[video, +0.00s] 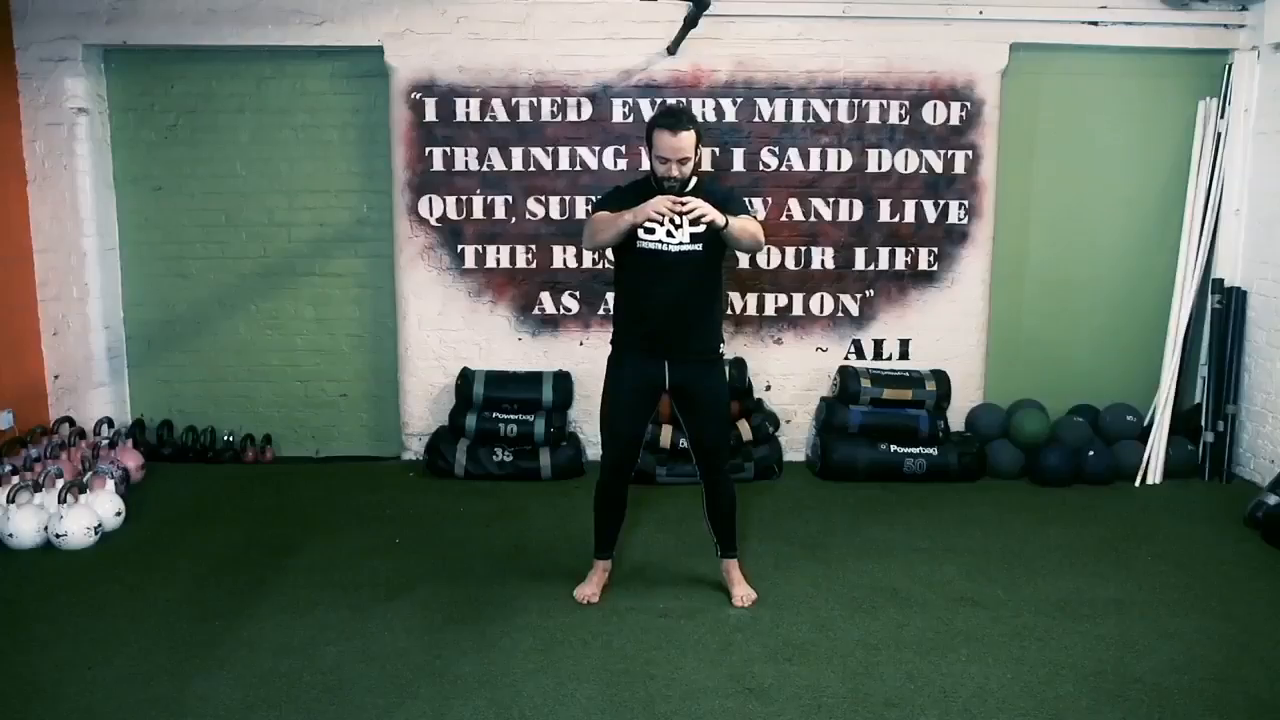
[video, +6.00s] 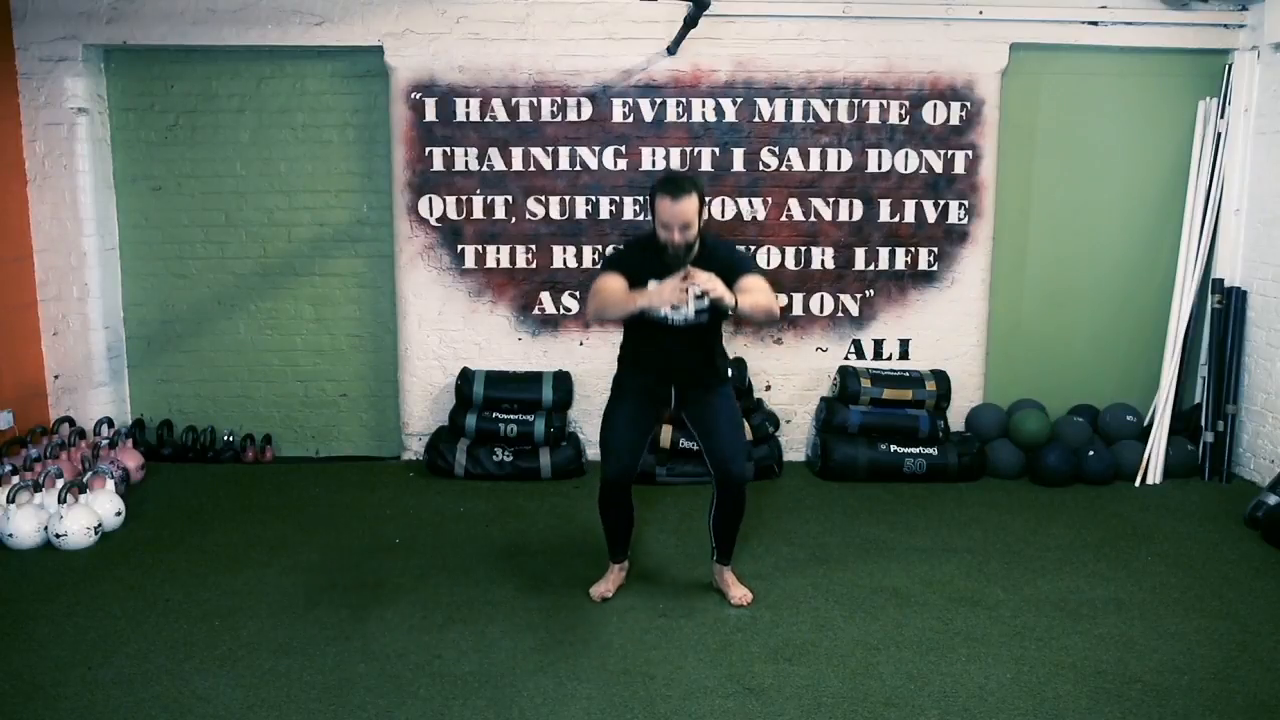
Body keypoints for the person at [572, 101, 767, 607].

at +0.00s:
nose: (673, 169)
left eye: (682, 159)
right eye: (664, 159)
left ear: (697, 153)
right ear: (649, 152)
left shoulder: (716, 194)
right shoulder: (626, 196)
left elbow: (755, 238)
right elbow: (591, 237)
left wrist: (720, 220)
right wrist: (636, 215)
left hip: (698, 353)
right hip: (634, 352)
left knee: (715, 461)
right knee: (616, 459)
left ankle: (730, 562)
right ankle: (601, 563)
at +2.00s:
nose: (673, 259)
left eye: (682, 250)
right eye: (663, 249)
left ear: (699, 235)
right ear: (650, 237)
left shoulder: (721, 270)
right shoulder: (628, 272)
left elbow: (757, 329)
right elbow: (598, 330)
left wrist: (724, 338)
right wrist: (643, 336)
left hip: (703, 386)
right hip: (637, 384)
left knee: (736, 472)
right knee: (605, 471)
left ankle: (728, 565)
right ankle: (603, 566)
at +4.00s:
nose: (525, 284)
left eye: (536, 275)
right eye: (517, 273)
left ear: (552, 264)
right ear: (502, 261)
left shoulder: (570, 292)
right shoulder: (481, 294)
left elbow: (618, 345)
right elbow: (440, 349)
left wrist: (567, 332)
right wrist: (492, 330)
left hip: (564, 411)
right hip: (493, 414)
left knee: (639, 484)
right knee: (431, 483)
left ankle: (713, 565)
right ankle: (416, 575)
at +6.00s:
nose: (675, 237)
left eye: (684, 227)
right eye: (666, 227)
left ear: (701, 217)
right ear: (653, 218)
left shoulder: (721, 254)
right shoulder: (635, 253)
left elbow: (771, 306)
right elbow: (597, 306)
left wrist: (731, 300)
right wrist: (650, 296)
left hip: (704, 379)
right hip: (640, 378)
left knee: (734, 472)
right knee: (615, 472)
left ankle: (723, 567)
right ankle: (617, 563)